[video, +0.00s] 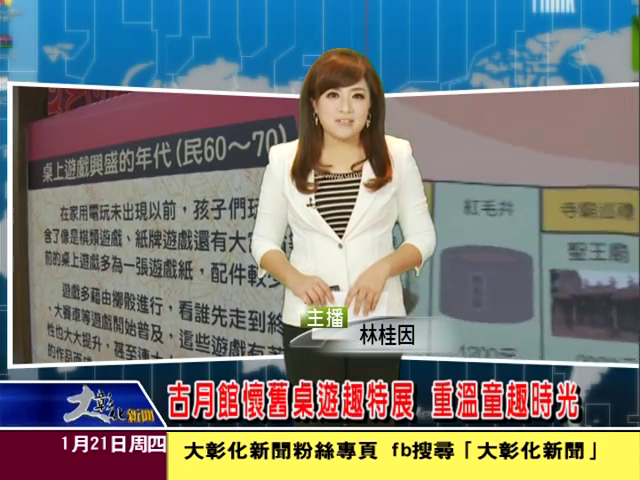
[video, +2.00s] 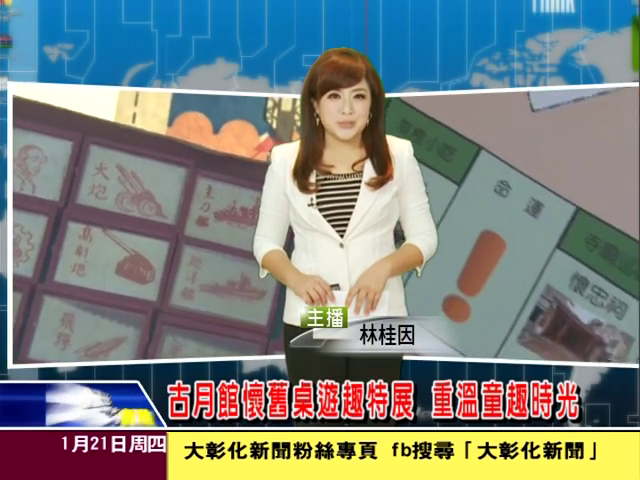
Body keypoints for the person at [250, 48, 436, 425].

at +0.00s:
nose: (346, 107)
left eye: (357, 96)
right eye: (333, 96)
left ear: (371, 105)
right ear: (313, 104)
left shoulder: (394, 156)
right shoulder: (285, 160)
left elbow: (423, 238)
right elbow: (263, 242)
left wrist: (382, 267)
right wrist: (296, 279)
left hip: (377, 323)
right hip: (308, 323)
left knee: (376, 439)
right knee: (314, 439)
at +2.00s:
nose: (347, 109)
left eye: (359, 97)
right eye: (334, 97)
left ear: (373, 104)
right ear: (315, 105)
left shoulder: (396, 155)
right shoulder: (287, 160)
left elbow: (424, 239)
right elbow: (265, 243)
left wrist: (383, 267)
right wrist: (297, 279)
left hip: (379, 323)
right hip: (309, 323)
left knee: (377, 439)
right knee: (314, 438)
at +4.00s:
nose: (343, 105)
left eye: (355, 94)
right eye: (330, 94)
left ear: (370, 103)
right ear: (312, 104)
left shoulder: (395, 155)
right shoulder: (286, 159)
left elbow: (422, 237)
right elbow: (268, 242)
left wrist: (389, 265)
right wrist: (289, 273)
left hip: (376, 326)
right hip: (307, 324)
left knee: (375, 441)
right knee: (313, 440)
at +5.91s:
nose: (346, 104)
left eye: (357, 92)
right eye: (332, 93)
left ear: (371, 101)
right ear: (313, 104)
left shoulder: (396, 155)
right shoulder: (287, 159)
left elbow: (424, 237)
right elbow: (268, 242)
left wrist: (389, 265)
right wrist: (290, 274)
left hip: (378, 324)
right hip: (308, 323)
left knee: (374, 440)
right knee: (313, 439)